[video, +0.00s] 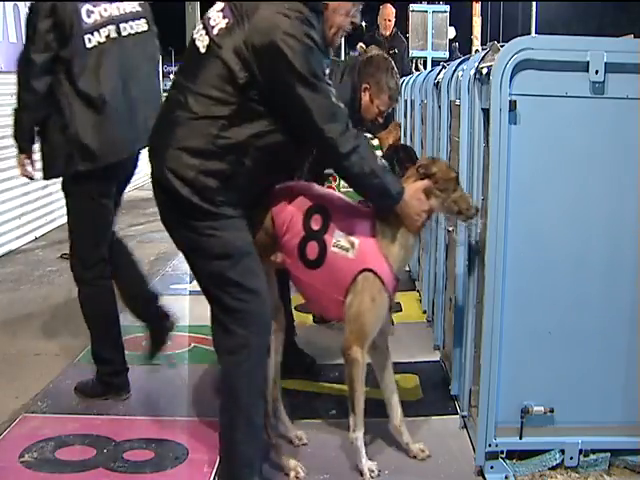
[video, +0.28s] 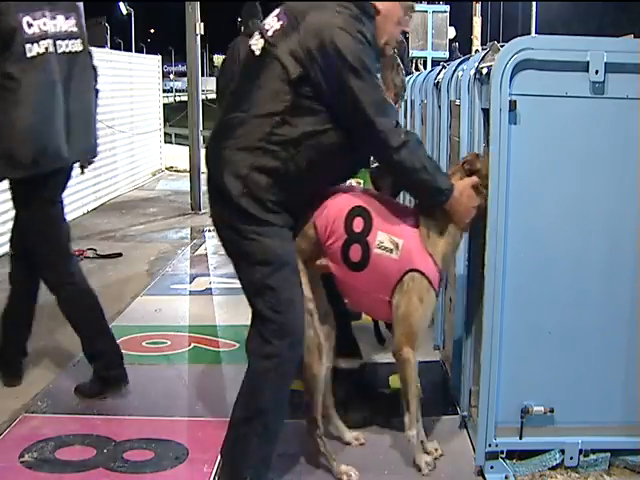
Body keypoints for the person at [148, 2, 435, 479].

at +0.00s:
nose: (351, 19)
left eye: (354, 12)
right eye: (348, 9)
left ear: (329, 7)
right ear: (324, 2)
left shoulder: (294, 22)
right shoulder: (283, 28)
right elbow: (331, 130)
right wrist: (395, 198)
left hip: (231, 174)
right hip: (197, 176)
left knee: (272, 262)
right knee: (249, 316)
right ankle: (245, 466)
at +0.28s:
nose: (405, 31)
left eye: (408, 20)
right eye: (404, 15)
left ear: (373, 9)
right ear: (378, 5)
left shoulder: (321, 15)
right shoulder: (338, 27)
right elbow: (384, 132)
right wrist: (446, 194)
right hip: (251, 188)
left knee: (327, 292)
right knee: (282, 326)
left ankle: (350, 398)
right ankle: (241, 470)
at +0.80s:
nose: (480, 18)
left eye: (485, 12)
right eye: (479, 7)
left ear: (472, 12)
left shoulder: (450, 52)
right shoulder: (401, 8)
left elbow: (431, 133)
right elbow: (365, 78)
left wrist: (419, 189)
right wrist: (402, 154)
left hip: (373, 160)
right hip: (324, 149)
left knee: (382, 279)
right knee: (342, 274)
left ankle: (365, 398)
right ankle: (319, 424)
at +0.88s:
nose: (478, 20)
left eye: (484, 14)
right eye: (477, 8)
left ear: (475, 13)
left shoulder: (451, 53)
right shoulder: (398, 7)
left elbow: (443, 131)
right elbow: (357, 74)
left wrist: (437, 192)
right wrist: (384, 150)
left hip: (375, 170)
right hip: (328, 157)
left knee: (382, 283)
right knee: (347, 286)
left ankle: (363, 400)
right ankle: (335, 425)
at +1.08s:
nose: (473, 28)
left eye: (480, 21)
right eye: (472, 16)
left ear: (476, 13)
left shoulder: (453, 40)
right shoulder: (389, 11)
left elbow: (444, 117)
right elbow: (354, 95)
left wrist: (443, 172)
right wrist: (402, 145)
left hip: (384, 161)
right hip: (333, 156)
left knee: (402, 274)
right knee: (349, 289)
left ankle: (396, 386)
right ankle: (336, 428)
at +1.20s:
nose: (477, 28)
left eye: (483, 20)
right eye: (474, 16)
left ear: (476, 14)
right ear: (448, 2)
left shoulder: (457, 47)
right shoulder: (390, 12)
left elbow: (453, 121)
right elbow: (347, 87)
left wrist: (456, 175)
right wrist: (381, 159)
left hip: (403, 168)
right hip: (341, 160)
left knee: (417, 276)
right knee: (352, 291)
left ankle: (417, 385)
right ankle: (337, 427)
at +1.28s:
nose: (479, 32)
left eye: (486, 24)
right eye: (475, 19)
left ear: (483, 15)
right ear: (450, 3)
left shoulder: (464, 50)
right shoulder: (393, 15)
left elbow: (456, 122)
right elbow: (346, 95)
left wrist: (462, 176)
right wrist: (385, 161)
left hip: (406, 172)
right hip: (348, 163)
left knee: (416, 282)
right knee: (358, 293)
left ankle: (417, 390)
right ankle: (338, 426)